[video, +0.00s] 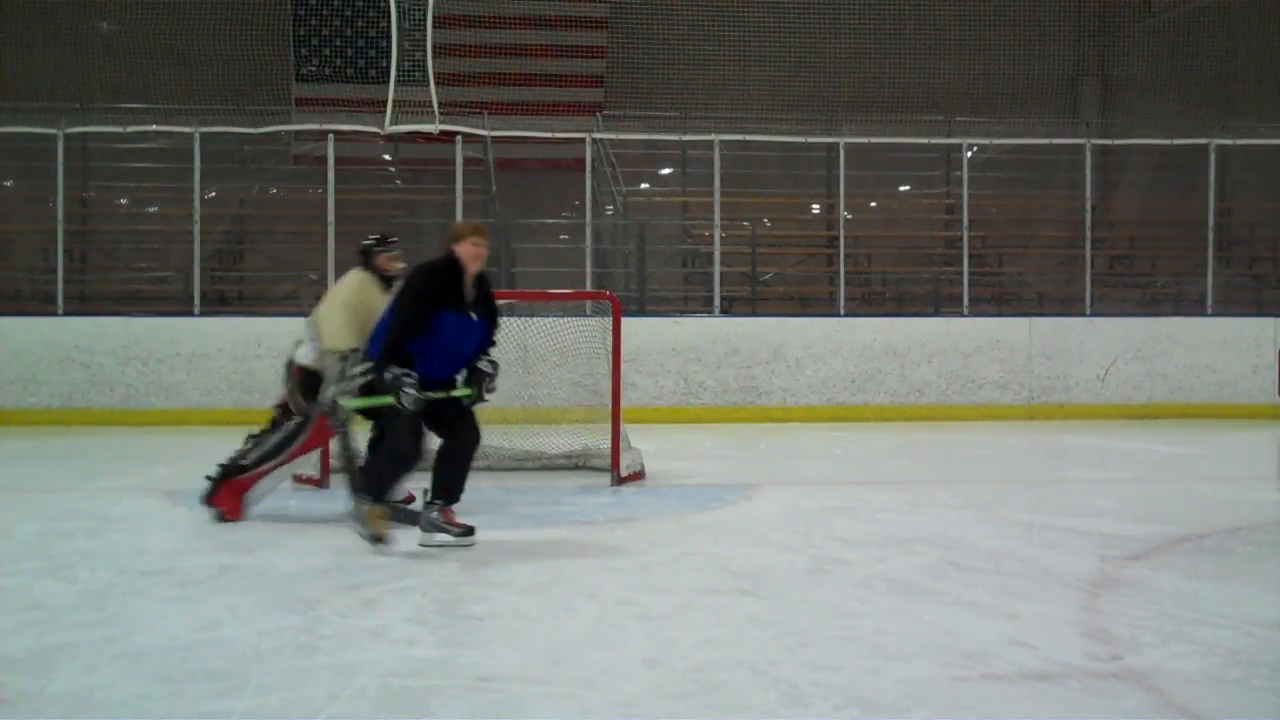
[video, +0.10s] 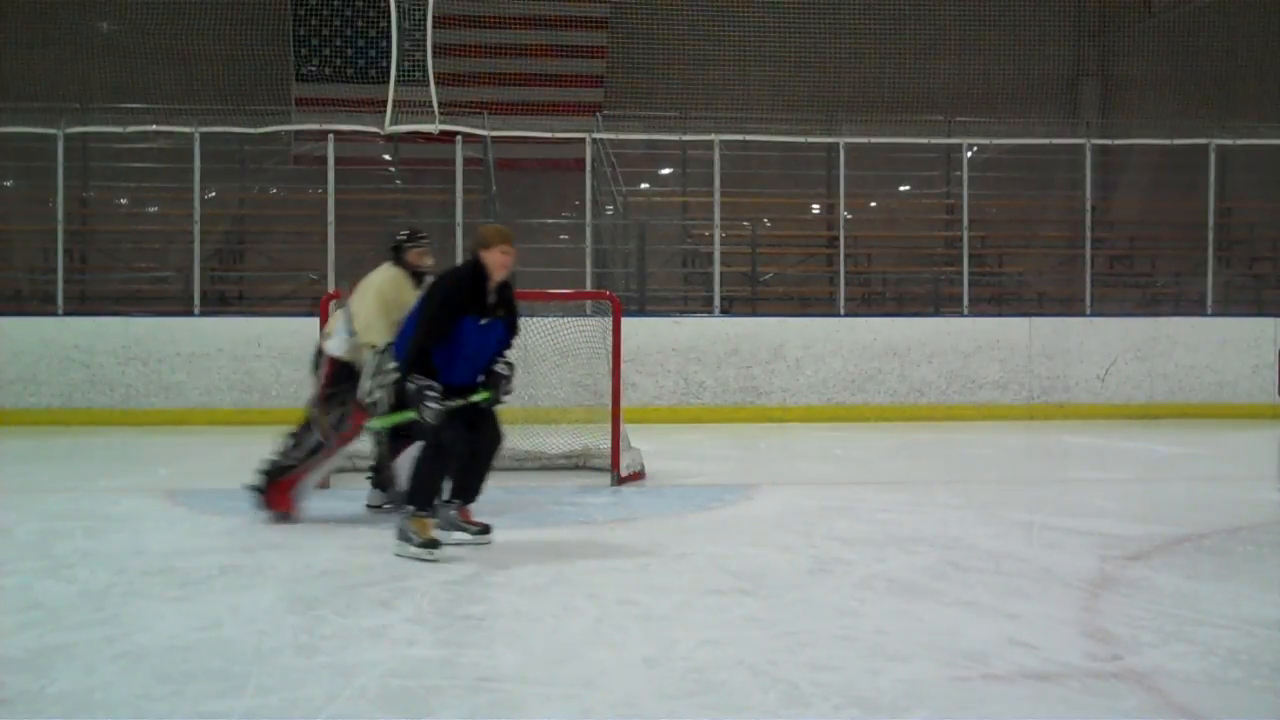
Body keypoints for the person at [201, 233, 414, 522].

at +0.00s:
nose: (394, 263)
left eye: (396, 256)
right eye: (387, 257)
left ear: (399, 258)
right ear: (371, 260)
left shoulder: (388, 290)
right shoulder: (356, 283)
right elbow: (335, 321)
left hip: (350, 367)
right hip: (317, 367)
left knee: (394, 422)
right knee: (304, 432)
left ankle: (375, 486)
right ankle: (232, 485)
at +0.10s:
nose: (426, 258)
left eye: (427, 252)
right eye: (419, 252)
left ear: (426, 255)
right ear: (403, 255)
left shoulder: (413, 284)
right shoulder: (387, 278)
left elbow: (415, 327)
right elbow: (371, 322)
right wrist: (386, 352)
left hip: (375, 359)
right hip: (346, 355)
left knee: (398, 421)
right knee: (336, 424)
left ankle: (384, 487)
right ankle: (279, 484)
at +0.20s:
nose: (450, 257)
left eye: (453, 251)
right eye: (444, 251)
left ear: (455, 254)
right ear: (428, 252)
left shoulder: (447, 283)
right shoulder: (408, 276)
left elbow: (448, 325)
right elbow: (397, 319)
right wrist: (407, 355)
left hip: (403, 353)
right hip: (371, 347)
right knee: (373, 418)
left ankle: (398, 483)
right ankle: (341, 483)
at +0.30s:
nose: (473, 258)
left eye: (477, 252)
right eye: (466, 253)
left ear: (481, 255)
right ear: (450, 253)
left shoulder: (478, 283)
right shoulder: (429, 280)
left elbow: (479, 330)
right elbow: (426, 334)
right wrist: (435, 378)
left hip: (431, 355)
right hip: (392, 349)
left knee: (431, 418)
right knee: (412, 420)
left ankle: (417, 483)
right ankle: (388, 490)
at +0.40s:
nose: (498, 262)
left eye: (501, 256)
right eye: (491, 256)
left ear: (505, 259)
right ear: (474, 258)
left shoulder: (500, 290)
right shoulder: (455, 285)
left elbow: (502, 337)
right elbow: (456, 342)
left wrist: (503, 374)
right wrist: (472, 381)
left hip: (456, 359)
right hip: (419, 352)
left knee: (462, 421)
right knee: (446, 423)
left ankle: (440, 484)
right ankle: (419, 490)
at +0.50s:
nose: (527, 266)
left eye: (529, 260)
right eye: (519, 260)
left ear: (531, 263)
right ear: (502, 262)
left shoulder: (526, 295)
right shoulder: (482, 290)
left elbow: (531, 343)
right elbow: (484, 347)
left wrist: (528, 383)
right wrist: (498, 390)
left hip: (485, 365)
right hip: (448, 358)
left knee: (500, 424)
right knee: (479, 426)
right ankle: (453, 492)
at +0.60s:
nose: (556, 269)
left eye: (557, 263)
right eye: (549, 263)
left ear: (554, 267)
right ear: (531, 265)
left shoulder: (551, 298)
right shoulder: (512, 291)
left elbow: (556, 345)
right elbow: (510, 343)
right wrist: (529, 381)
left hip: (508, 367)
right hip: (476, 362)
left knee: (524, 427)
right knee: (511, 427)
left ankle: (494, 487)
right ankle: (486, 490)